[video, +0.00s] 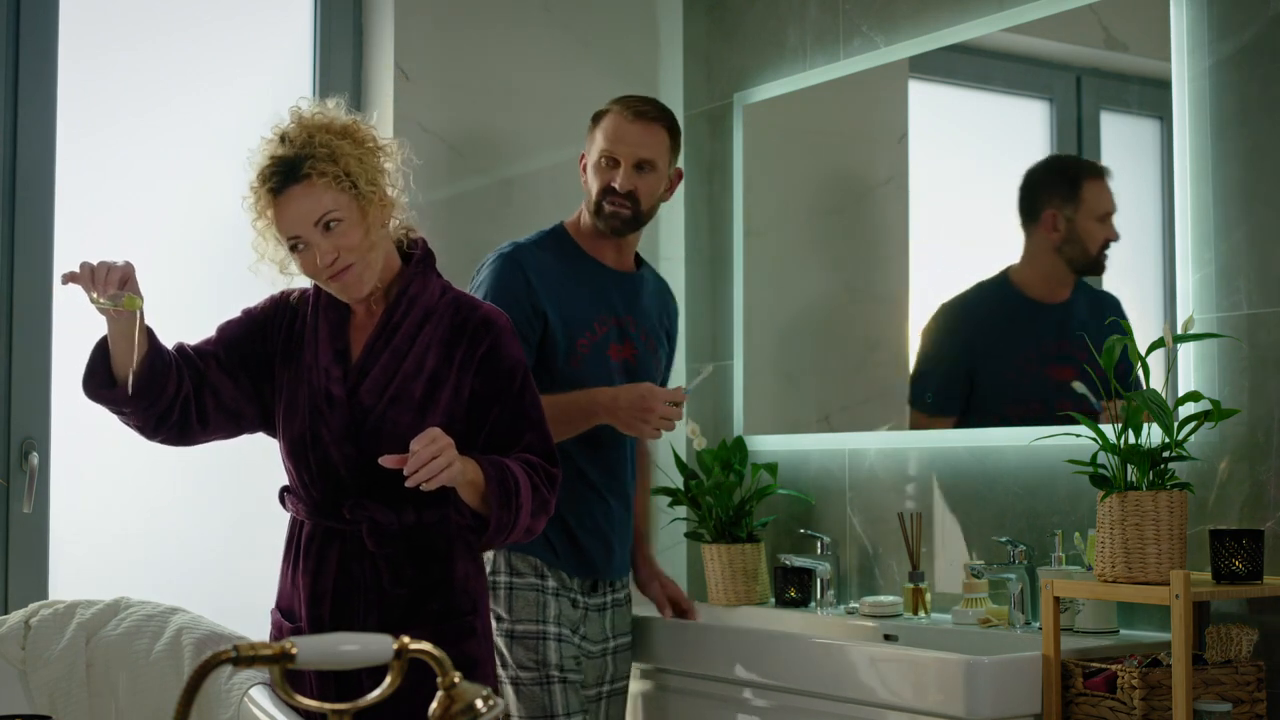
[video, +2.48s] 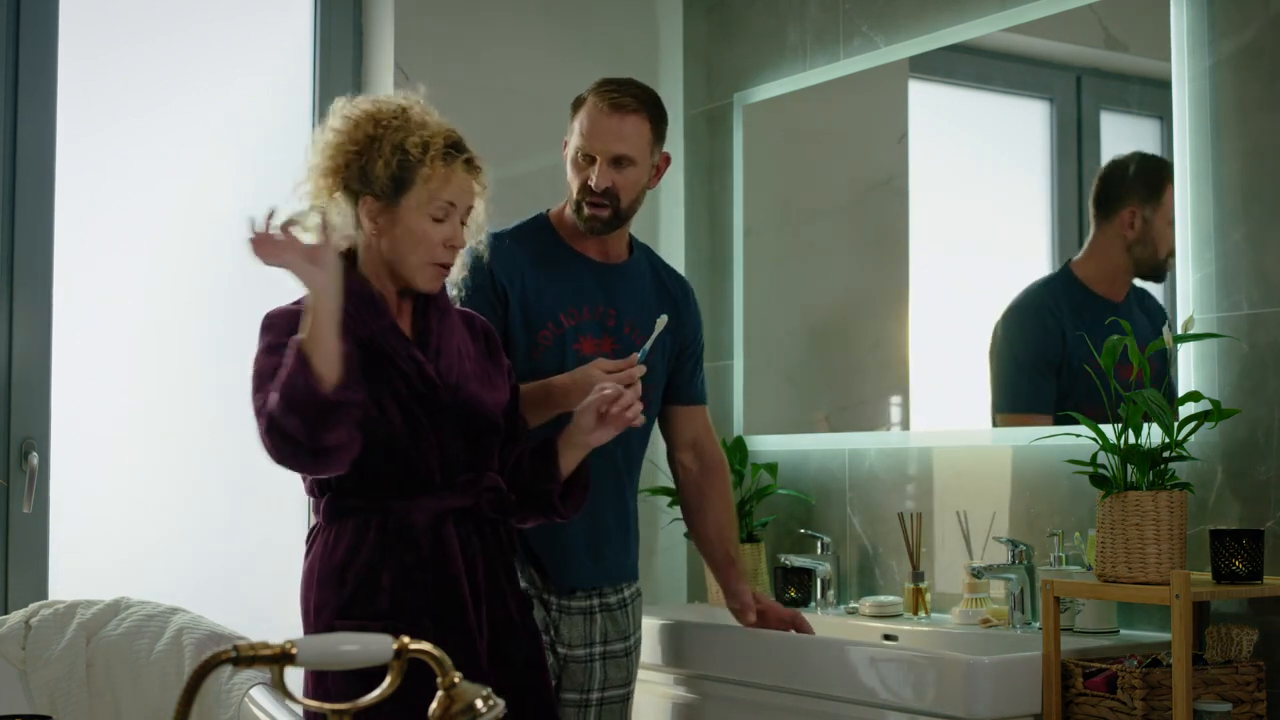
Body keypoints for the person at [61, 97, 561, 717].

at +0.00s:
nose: (320, 256)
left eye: (331, 224)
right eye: (297, 243)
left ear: (378, 206)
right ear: (286, 251)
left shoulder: (476, 333)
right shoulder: (288, 330)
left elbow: (533, 493)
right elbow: (174, 403)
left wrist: (466, 473)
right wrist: (125, 323)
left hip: (438, 620)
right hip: (313, 621)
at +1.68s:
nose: (330, 220)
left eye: (358, 201)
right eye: (323, 200)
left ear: (411, 216)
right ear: (311, 207)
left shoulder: (476, 331)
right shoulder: (291, 339)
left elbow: (529, 484)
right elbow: (211, 457)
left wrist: (460, 466)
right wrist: (141, 374)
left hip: (441, 614)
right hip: (318, 614)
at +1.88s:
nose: (388, 218)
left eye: (407, 197)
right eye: (366, 196)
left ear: (429, 210)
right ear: (326, 208)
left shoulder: (479, 330)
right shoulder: (287, 343)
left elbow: (532, 487)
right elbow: (226, 478)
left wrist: (473, 459)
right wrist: (148, 391)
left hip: (451, 618)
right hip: (324, 618)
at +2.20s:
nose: (435, 224)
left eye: (441, 204)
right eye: (412, 201)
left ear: (451, 207)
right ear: (348, 205)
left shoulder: (479, 328)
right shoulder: (284, 341)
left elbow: (529, 505)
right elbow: (241, 497)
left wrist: (535, 454)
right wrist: (205, 369)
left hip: (479, 612)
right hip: (349, 619)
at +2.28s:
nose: (441, 227)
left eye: (446, 207)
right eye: (420, 206)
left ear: (453, 210)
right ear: (355, 211)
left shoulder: (478, 327)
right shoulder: (291, 336)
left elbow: (509, 489)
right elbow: (253, 481)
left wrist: (538, 448)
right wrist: (233, 336)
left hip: (482, 602)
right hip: (358, 606)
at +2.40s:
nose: (443, 234)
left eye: (451, 215)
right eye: (423, 211)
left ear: (461, 217)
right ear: (360, 210)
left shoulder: (475, 331)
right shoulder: (305, 325)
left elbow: (509, 488)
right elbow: (282, 453)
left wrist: (562, 434)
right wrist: (281, 300)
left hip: (485, 600)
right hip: (368, 602)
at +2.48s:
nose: (459, 240)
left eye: (464, 220)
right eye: (439, 217)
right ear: (373, 217)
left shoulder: (474, 336)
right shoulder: (301, 328)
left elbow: (508, 491)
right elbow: (309, 446)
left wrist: (578, 435)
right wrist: (325, 293)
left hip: (487, 604)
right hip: (372, 609)